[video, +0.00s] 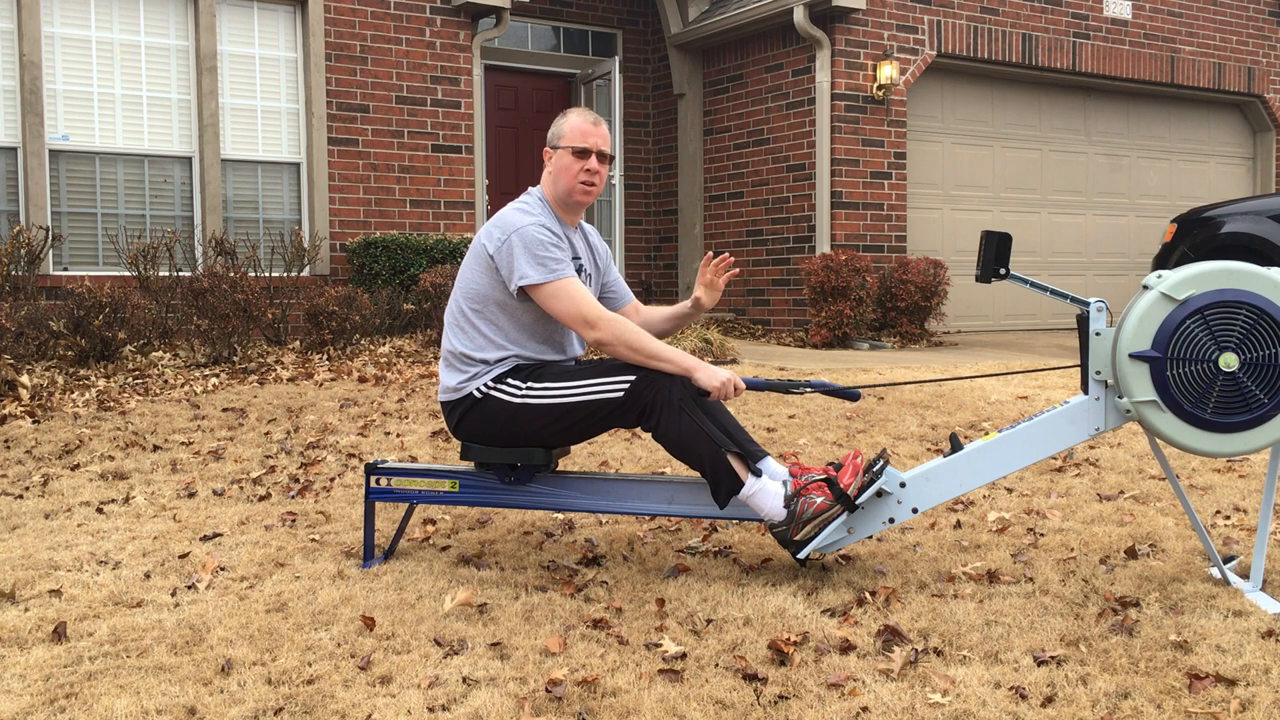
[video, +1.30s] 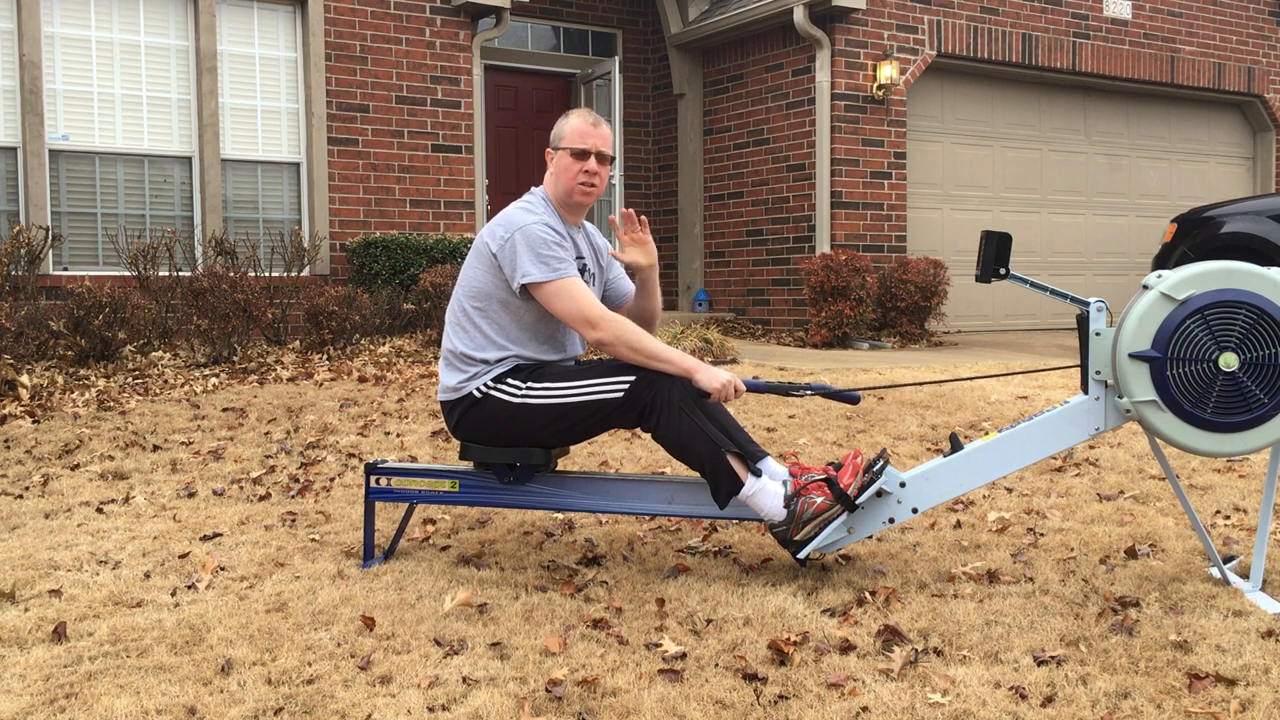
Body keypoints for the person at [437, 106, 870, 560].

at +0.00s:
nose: (593, 168)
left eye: (603, 160)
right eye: (581, 154)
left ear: (610, 171)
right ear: (548, 158)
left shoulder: (587, 240)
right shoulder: (523, 226)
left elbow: (637, 320)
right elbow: (592, 327)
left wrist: (694, 306)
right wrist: (697, 369)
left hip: (541, 377)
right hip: (487, 391)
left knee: (675, 376)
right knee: (651, 386)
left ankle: (786, 484)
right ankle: (776, 510)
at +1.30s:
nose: (592, 169)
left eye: (603, 161)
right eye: (579, 155)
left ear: (610, 171)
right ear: (549, 159)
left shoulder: (590, 237)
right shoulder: (526, 226)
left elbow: (642, 326)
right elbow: (593, 326)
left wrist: (646, 273)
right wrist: (698, 370)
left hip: (540, 377)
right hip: (488, 390)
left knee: (673, 377)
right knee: (650, 388)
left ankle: (786, 484)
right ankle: (776, 509)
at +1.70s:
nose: (595, 169)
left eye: (605, 161)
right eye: (582, 155)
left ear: (611, 171)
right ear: (551, 158)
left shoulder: (589, 237)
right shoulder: (525, 226)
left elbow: (646, 299)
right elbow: (593, 328)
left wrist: (687, 309)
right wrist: (699, 371)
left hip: (539, 377)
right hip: (487, 391)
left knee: (675, 379)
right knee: (650, 388)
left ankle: (786, 484)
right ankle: (776, 509)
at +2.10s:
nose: (593, 167)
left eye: (603, 160)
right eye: (580, 154)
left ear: (610, 172)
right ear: (549, 158)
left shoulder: (591, 237)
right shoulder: (524, 225)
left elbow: (658, 297)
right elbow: (595, 328)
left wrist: (741, 281)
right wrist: (699, 371)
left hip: (541, 376)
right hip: (487, 390)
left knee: (676, 378)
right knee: (650, 387)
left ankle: (788, 485)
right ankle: (776, 510)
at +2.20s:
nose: (592, 167)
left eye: (603, 159)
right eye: (579, 153)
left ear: (610, 171)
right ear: (549, 158)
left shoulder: (589, 237)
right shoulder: (524, 225)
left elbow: (654, 298)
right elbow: (594, 327)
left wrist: (735, 283)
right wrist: (699, 370)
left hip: (541, 376)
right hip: (487, 390)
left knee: (677, 378)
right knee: (652, 388)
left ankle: (787, 484)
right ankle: (776, 510)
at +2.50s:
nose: (593, 167)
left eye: (603, 159)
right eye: (580, 154)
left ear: (610, 171)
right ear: (549, 158)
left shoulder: (586, 236)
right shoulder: (525, 225)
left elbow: (642, 311)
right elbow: (593, 327)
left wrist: (675, 287)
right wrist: (699, 371)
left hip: (539, 376)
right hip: (487, 390)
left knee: (675, 378)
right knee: (650, 388)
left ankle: (787, 483)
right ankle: (776, 509)